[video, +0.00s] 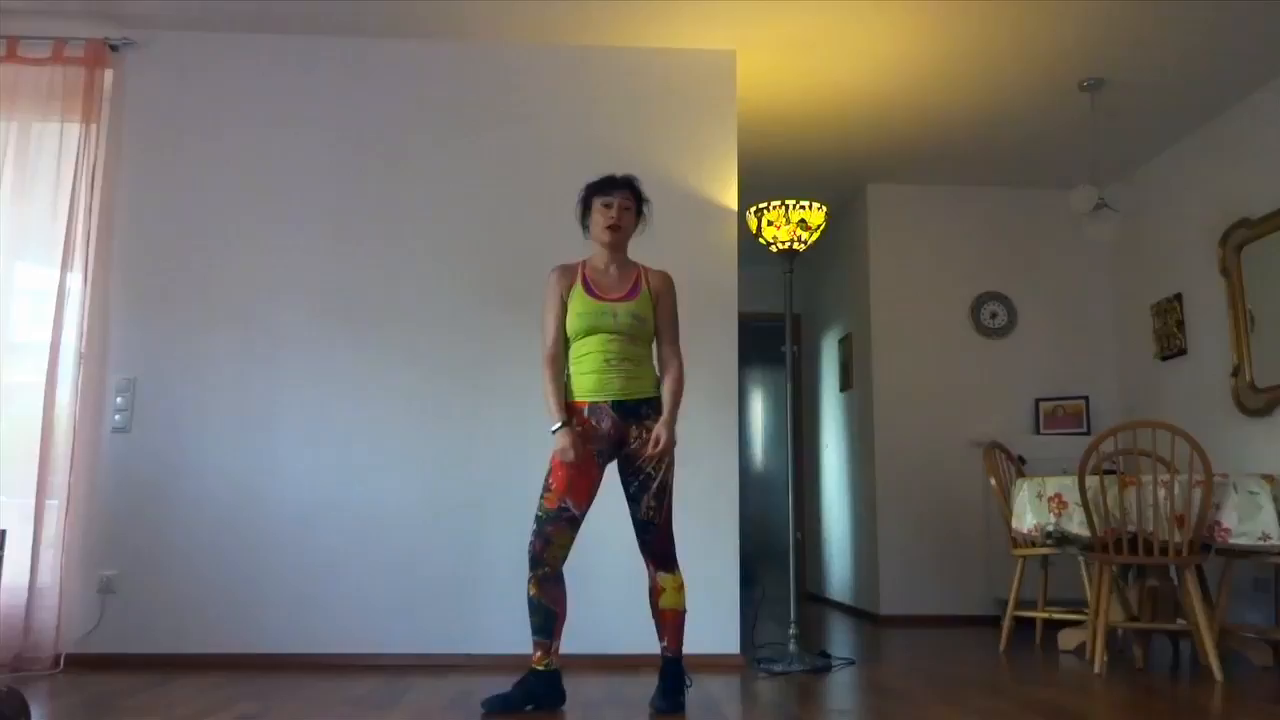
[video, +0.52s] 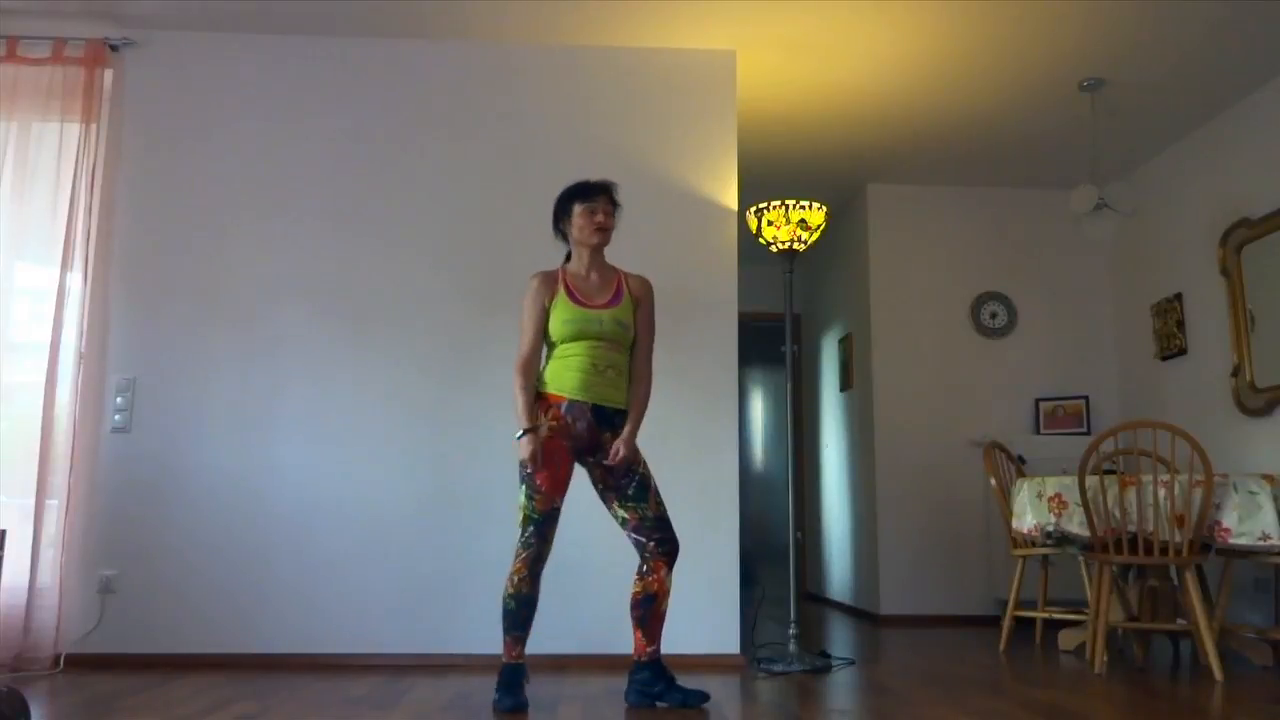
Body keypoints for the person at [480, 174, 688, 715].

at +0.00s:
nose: (615, 215)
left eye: (625, 209)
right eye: (606, 207)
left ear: (638, 221)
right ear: (587, 217)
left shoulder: (656, 282)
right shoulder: (565, 279)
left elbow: (671, 360)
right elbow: (553, 355)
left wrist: (667, 422)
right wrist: (561, 423)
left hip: (644, 421)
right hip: (583, 422)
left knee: (659, 550)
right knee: (545, 547)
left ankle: (673, 671)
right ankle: (544, 673)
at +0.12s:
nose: (617, 211)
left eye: (625, 204)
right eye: (606, 202)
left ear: (633, 218)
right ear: (583, 214)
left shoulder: (648, 282)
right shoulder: (559, 274)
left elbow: (660, 360)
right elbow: (544, 351)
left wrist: (651, 429)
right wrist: (569, 410)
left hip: (636, 419)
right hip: (576, 417)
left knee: (649, 545)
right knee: (539, 544)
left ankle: (668, 669)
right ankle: (540, 671)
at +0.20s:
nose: (614, 209)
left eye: (621, 202)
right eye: (604, 200)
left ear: (628, 215)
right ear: (578, 210)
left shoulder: (642, 279)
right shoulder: (553, 270)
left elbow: (656, 362)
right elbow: (534, 349)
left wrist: (645, 427)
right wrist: (563, 404)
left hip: (628, 416)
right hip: (566, 414)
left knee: (642, 544)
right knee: (539, 540)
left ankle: (661, 669)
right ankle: (531, 667)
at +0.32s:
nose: (607, 210)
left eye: (613, 203)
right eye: (596, 202)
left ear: (619, 215)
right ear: (571, 212)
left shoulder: (634, 279)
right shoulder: (547, 270)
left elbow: (646, 360)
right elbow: (521, 349)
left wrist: (638, 420)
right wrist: (548, 408)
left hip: (614, 421)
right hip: (554, 418)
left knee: (643, 545)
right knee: (533, 541)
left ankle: (648, 672)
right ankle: (511, 669)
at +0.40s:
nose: (602, 216)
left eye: (608, 209)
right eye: (591, 208)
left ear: (615, 221)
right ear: (566, 219)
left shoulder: (632, 286)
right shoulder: (544, 278)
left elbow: (640, 364)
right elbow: (519, 356)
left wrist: (631, 425)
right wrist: (535, 421)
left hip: (606, 427)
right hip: (548, 421)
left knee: (655, 545)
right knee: (525, 546)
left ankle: (647, 672)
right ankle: (506, 672)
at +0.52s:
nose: (600, 218)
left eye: (607, 211)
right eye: (589, 210)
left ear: (615, 223)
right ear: (566, 223)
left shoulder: (637, 288)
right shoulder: (548, 285)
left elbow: (642, 368)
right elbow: (527, 361)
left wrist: (630, 431)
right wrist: (529, 428)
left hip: (610, 430)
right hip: (552, 424)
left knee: (659, 546)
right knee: (532, 548)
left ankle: (647, 672)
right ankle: (511, 673)